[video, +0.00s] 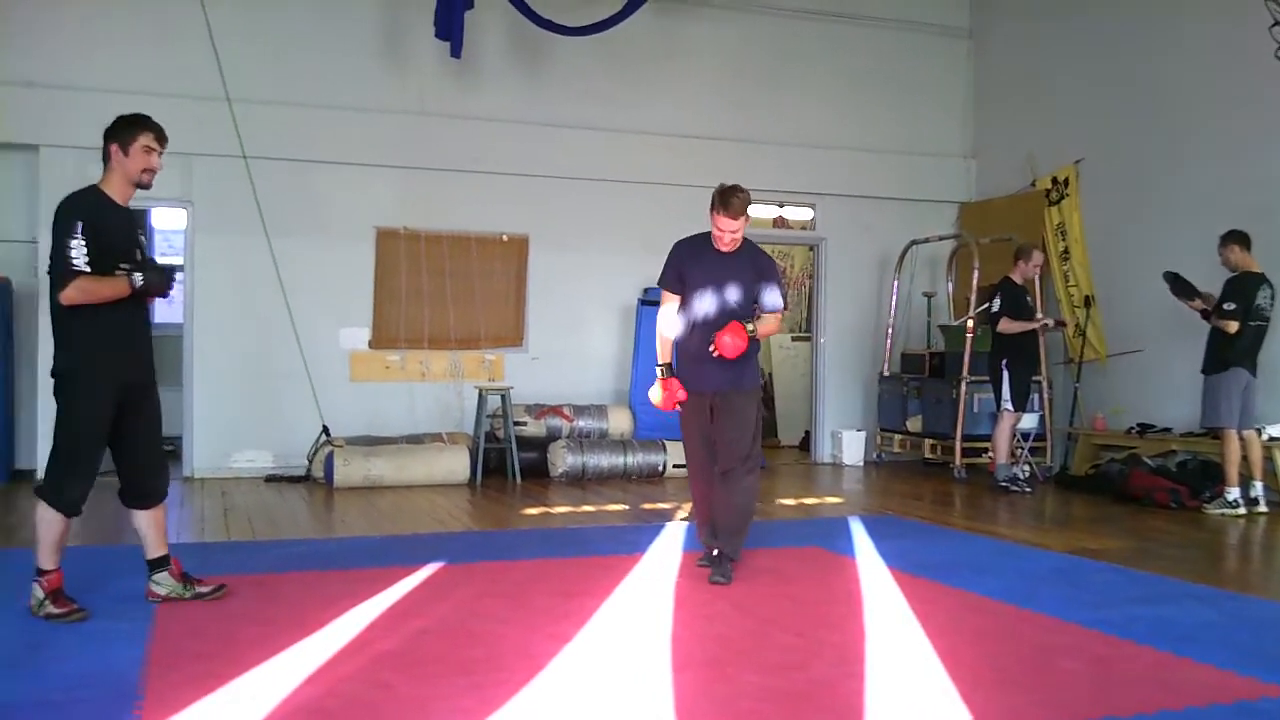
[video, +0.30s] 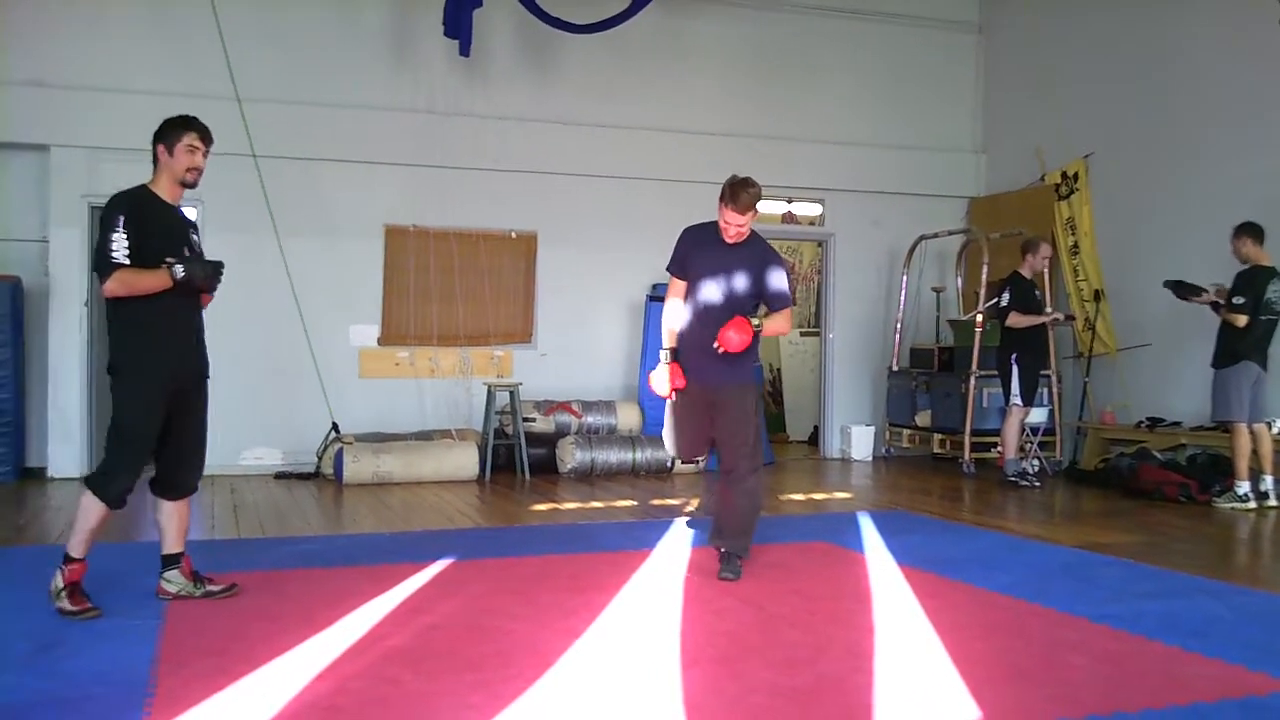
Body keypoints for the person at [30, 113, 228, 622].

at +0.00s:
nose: (156, 162)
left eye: (159, 154)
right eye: (148, 151)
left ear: (148, 159)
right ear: (116, 151)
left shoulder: (134, 220)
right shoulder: (78, 208)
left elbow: (130, 287)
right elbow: (68, 291)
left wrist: (151, 283)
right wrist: (137, 282)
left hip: (134, 370)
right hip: (85, 371)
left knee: (146, 472)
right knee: (67, 476)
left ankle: (163, 575)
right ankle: (46, 588)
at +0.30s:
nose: (200, 161)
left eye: (204, 154)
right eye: (192, 151)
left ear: (202, 161)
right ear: (163, 152)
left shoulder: (187, 219)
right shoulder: (124, 207)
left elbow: (187, 298)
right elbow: (111, 282)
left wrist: (204, 287)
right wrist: (179, 274)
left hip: (188, 367)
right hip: (140, 366)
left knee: (179, 469)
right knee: (121, 468)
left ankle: (175, 572)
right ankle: (68, 575)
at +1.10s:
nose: (234, 107)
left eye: (237, 98)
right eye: (226, 95)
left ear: (231, 101)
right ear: (194, 93)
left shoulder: (218, 162)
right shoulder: (156, 146)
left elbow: (225, 237)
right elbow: (144, 227)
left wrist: (239, 225)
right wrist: (213, 217)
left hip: (218, 306)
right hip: (177, 306)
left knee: (208, 409)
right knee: (188, 411)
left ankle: (171, 509)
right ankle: (194, 530)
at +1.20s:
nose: (243, 107)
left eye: (247, 99)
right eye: (235, 96)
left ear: (241, 102)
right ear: (203, 94)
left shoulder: (222, 162)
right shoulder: (168, 149)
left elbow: (218, 231)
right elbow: (163, 232)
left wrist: (245, 226)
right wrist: (229, 219)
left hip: (227, 308)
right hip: (188, 309)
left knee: (225, 411)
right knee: (197, 414)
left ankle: (184, 508)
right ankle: (202, 535)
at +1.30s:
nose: (256, 113)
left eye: (260, 104)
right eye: (249, 100)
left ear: (245, 105)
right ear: (216, 97)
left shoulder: (226, 164)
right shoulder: (182, 153)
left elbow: (216, 230)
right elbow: (178, 237)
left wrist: (246, 227)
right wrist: (242, 226)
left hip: (237, 311)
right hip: (199, 313)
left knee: (255, 417)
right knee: (207, 421)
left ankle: (200, 498)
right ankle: (210, 540)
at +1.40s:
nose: (275, 113)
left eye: (278, 103)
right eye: (268, 100)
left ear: (247, 103)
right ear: (234, 97)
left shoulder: (239, 161)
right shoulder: (200, 153)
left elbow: (234, 227)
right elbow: (199, 237)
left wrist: (264, 223)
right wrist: (262, 227)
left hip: (254, 310)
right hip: (216, 313)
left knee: (280, 413)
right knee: (223, 420)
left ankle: (234, 500)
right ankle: (225, 538)